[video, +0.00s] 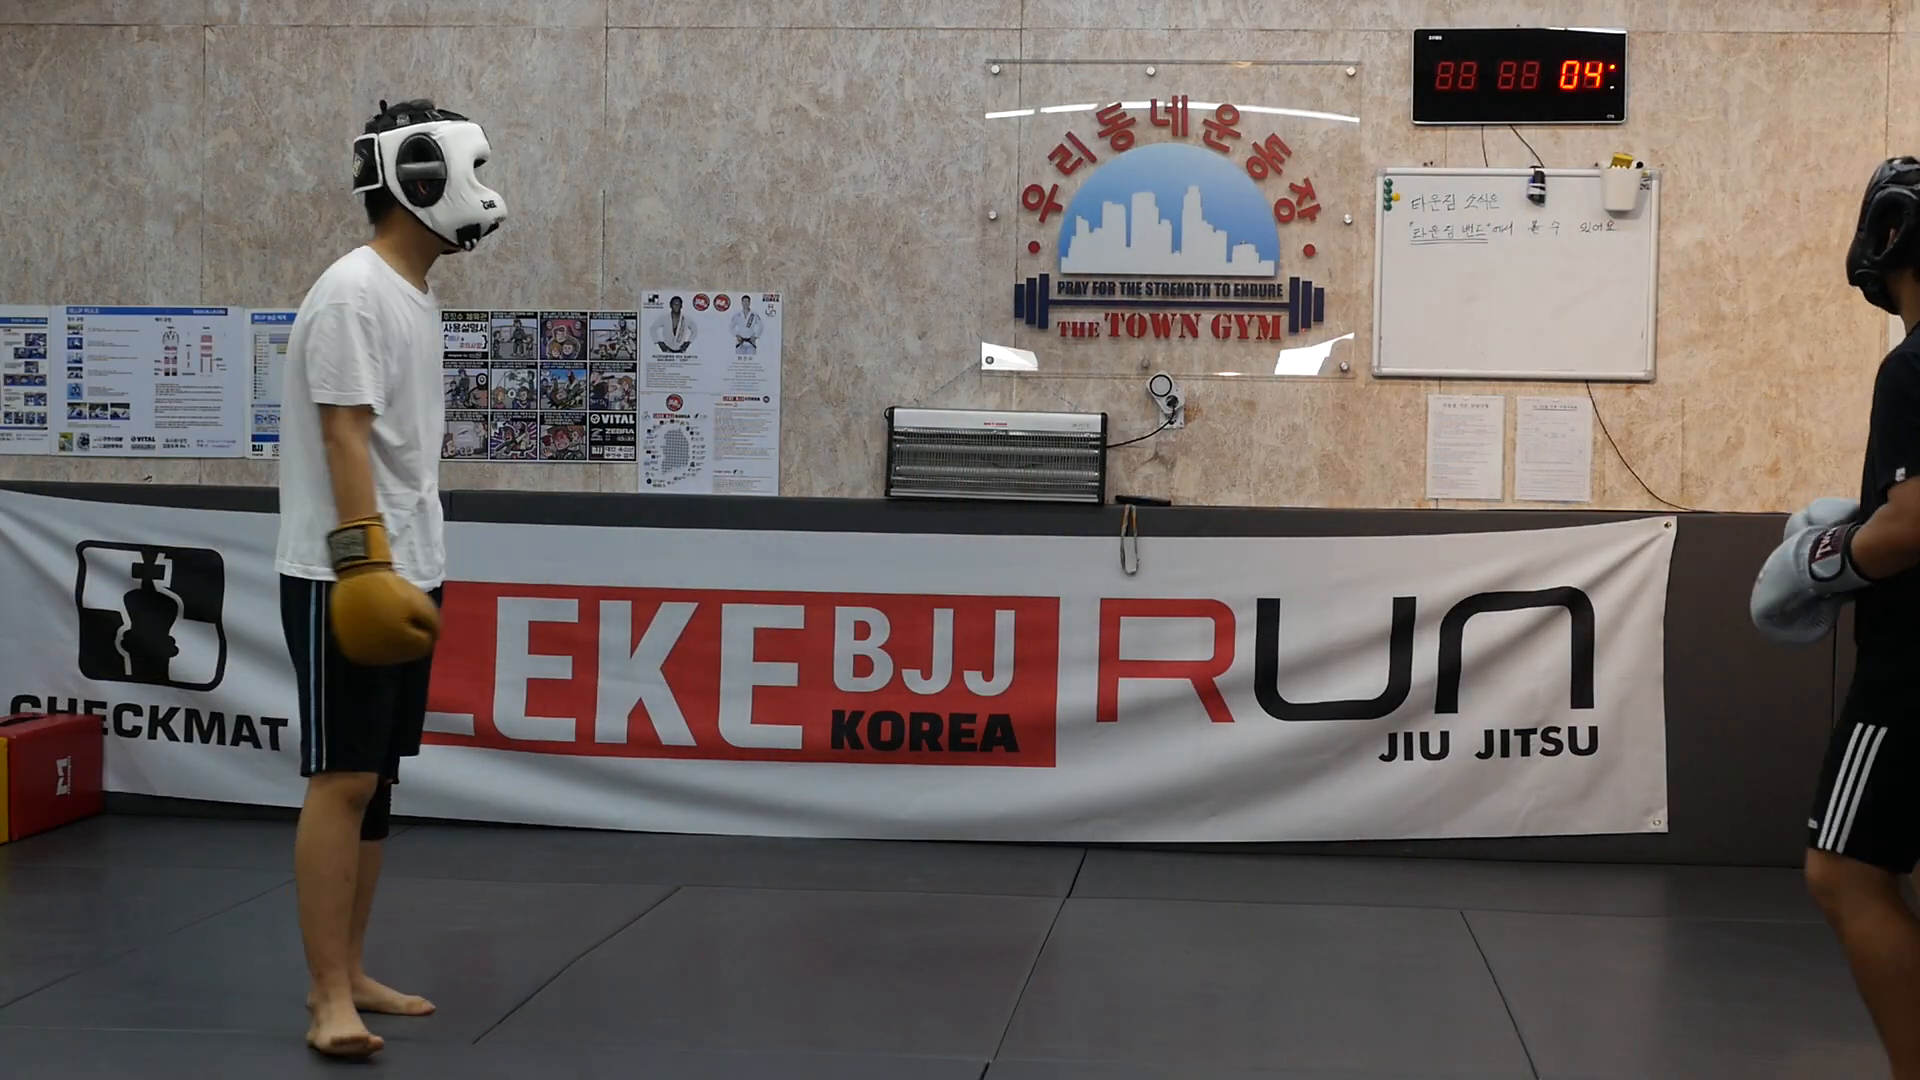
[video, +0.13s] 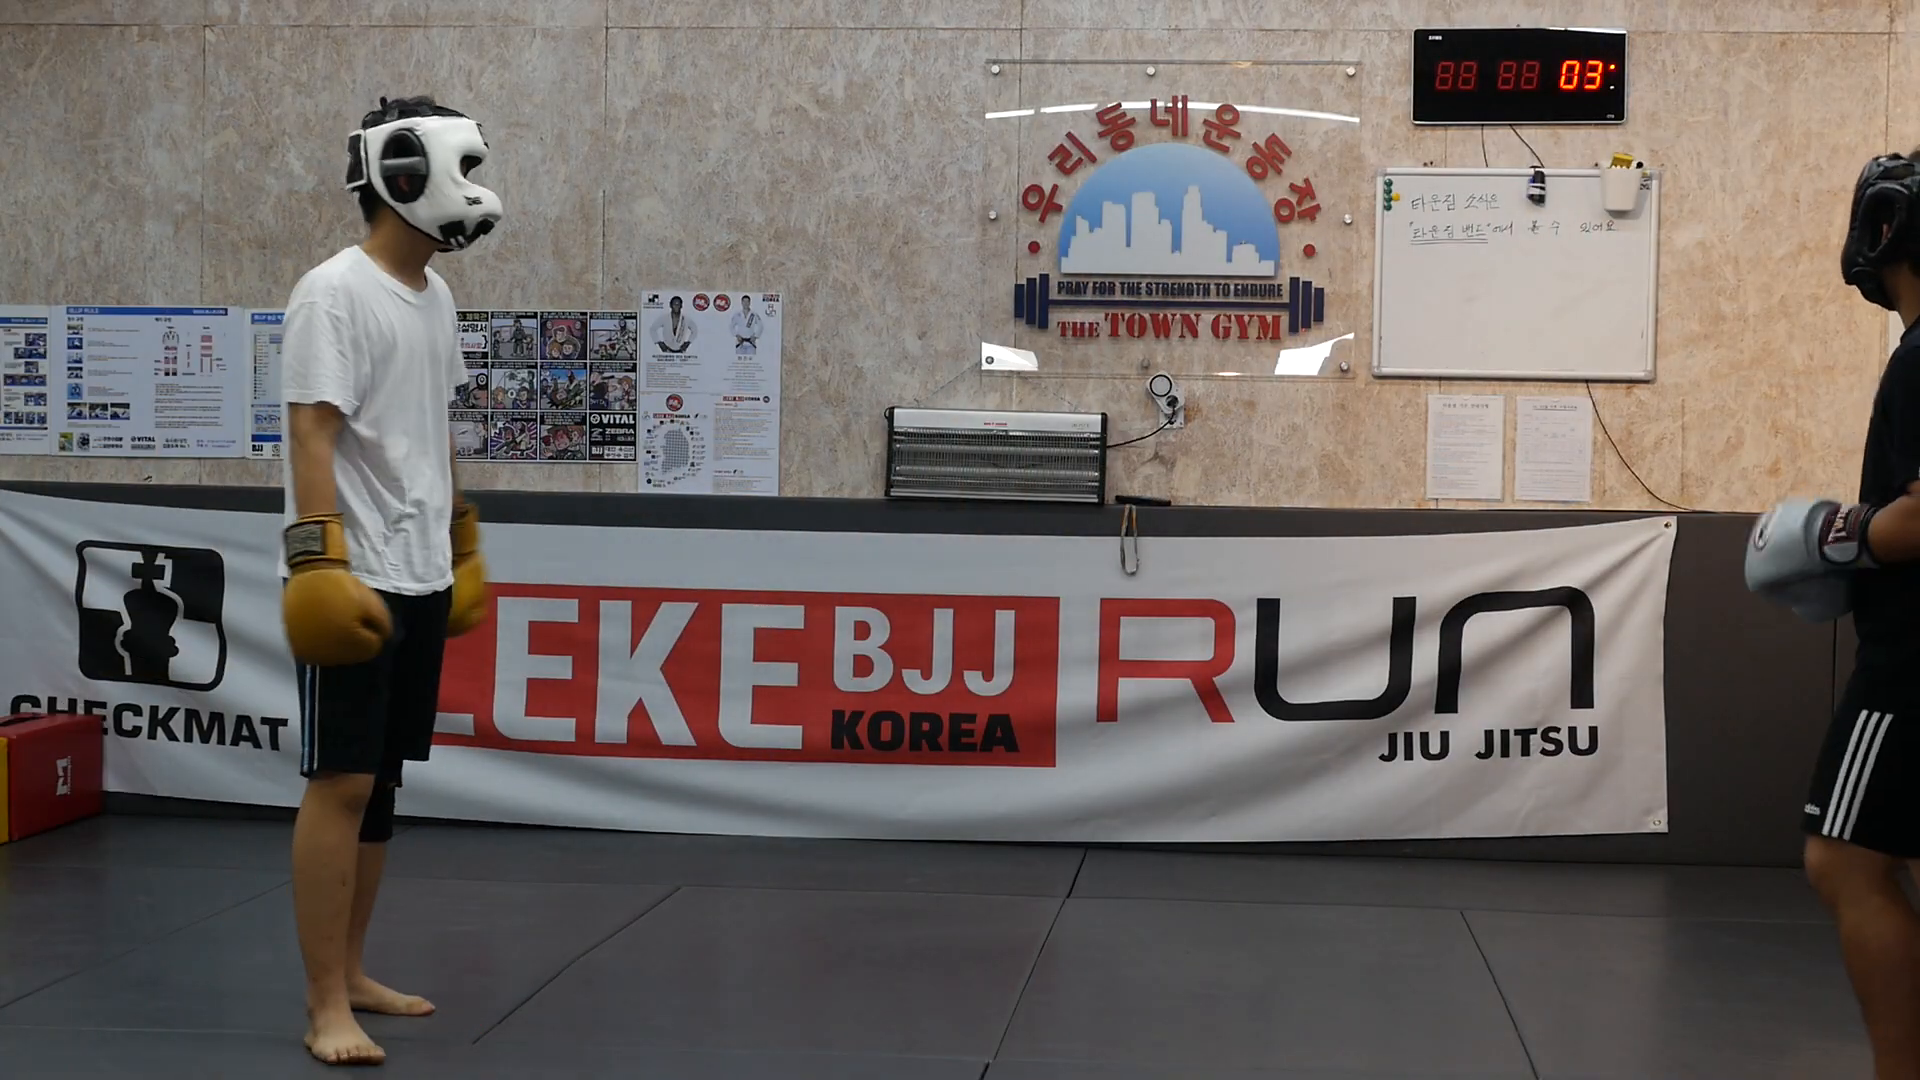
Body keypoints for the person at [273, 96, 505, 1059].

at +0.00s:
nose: (483, 193)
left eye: (481, 175)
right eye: (468, 176)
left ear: (413, 187)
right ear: (417, 185)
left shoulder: (412, 299)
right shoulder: (350, 291)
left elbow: (397, 446)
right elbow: (344, 433)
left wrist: (420, 570)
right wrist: (365, 561)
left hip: (400, 568)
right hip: (344, 570)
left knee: (374, 778)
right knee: (342, 779)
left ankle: (351, 969)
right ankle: (329, 993)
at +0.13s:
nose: (466, 195)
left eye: (468, 175)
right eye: (448, 179)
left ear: (427, 184)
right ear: (396, 183)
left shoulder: (436, 296)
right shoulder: (332, 291)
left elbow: (434, 439)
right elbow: (310, 433)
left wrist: (463, 544)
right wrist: (323, 559)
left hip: (421, 573)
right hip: (353, 571)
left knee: (380, 779)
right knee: (342, 781)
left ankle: (350, 969)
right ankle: (326, 1003)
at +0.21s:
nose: (461, 190)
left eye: (464, 171)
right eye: (443, 173)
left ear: (422, 183)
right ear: (388, 178)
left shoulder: (441, 294)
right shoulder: (323, 292)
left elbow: (461, 425)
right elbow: (296, 435)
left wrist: (503, 531)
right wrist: (292, 562)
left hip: (425, 582)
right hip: (349, 583)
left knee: (383, 786)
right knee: (338, 789)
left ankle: (351, 970)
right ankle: (327, 1008)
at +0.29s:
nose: (454, 181)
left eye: (458, 165)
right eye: (435, 166)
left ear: (458, 173)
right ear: (377, 171)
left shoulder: (445, 291)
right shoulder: (315, 291)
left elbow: (477, 420)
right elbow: (285, 437)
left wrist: (540, 522)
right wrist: (274, 569)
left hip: (428, 582)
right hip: (345, 581)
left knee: (385, 787)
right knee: (335, 789)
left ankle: (351, 970)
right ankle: (326, 1011)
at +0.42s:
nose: (437, 181)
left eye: (444, 167)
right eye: (418, 165)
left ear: (450, 177)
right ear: (362, 171)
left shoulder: (449, 289)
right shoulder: (304, 293)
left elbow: (486, 418)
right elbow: (278, 438)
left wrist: (561, 512)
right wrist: (258, 571)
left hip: (434, 577)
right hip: (341, 576)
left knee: (393, 788)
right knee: (335, 790)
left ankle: (352, 970)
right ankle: (327, 1013)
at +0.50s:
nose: (432, 181)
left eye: (440, 165)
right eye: (411, 164)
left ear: (449, 172)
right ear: (354, 170)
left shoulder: (449, 285)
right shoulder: (298, 293)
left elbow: (479, 415)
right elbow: (273, 442)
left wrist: (549, 510)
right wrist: (253, 575)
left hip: (438, 579)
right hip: (340, 581)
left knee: (404, 792)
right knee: (335, 791)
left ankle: (356, 964)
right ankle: (326, 1012)